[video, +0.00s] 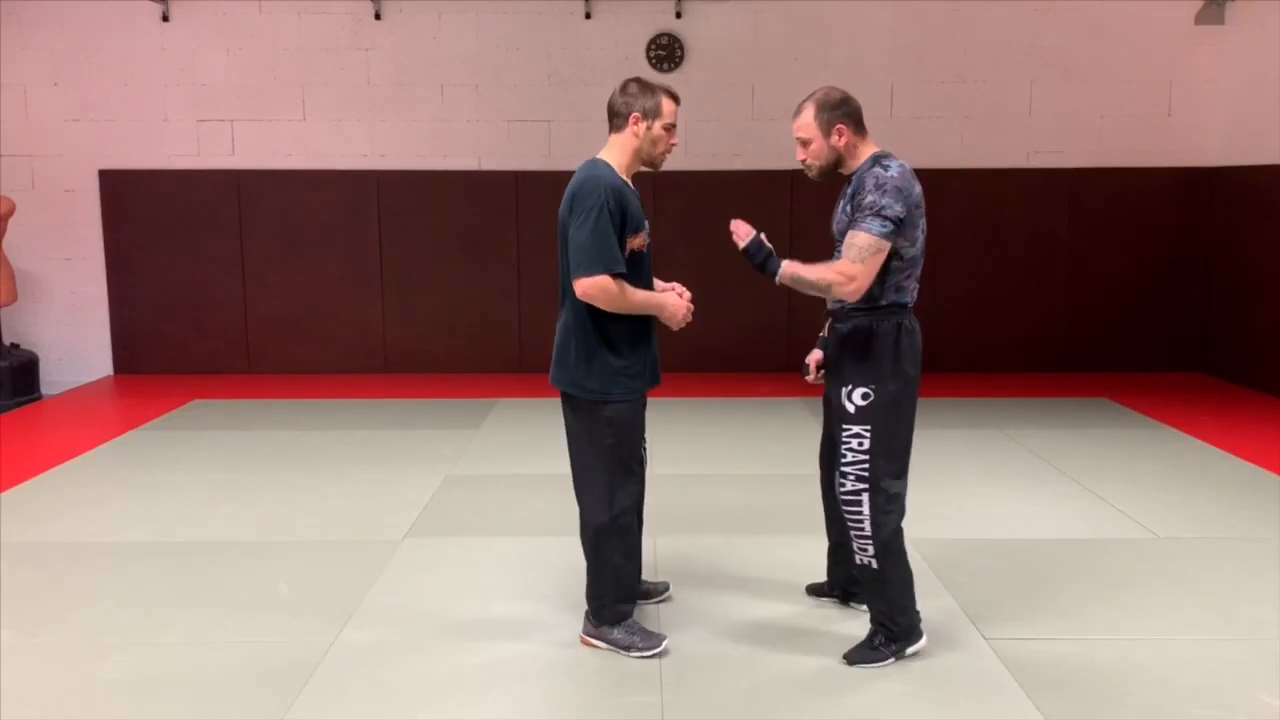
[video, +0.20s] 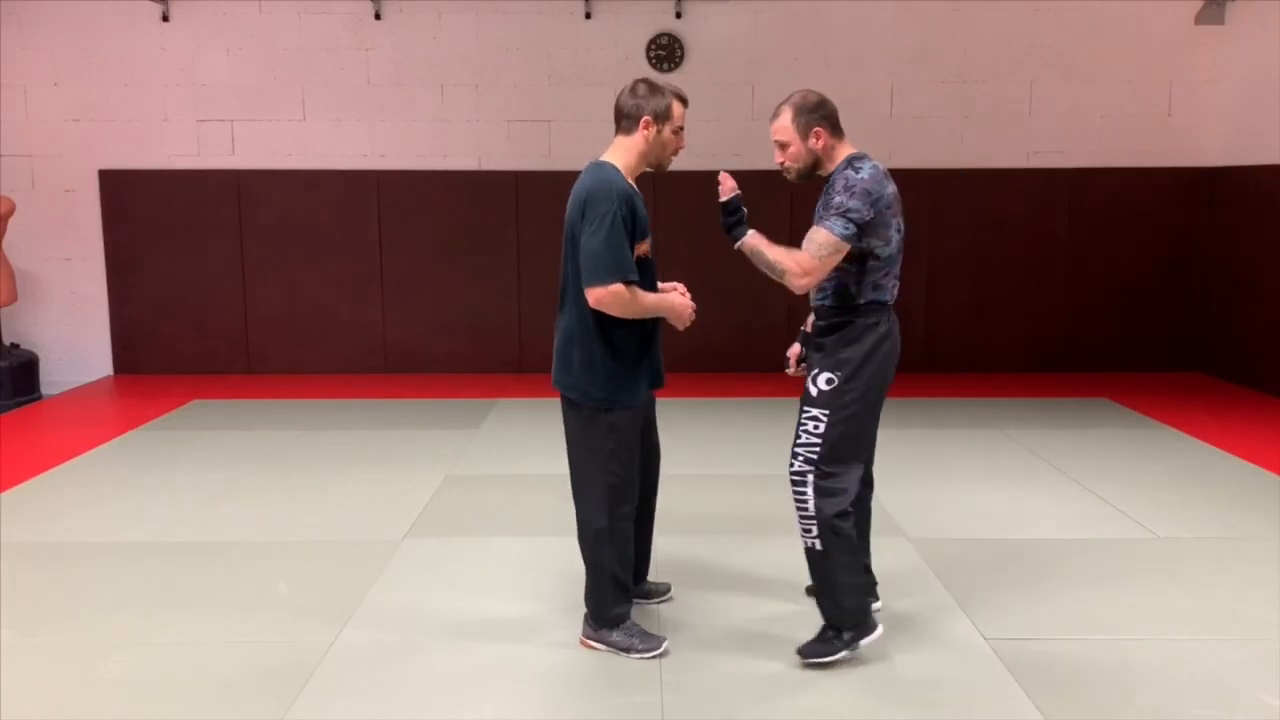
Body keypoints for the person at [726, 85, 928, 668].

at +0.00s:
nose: (798, 153)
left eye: (805, 141)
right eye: (797, 142)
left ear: (841, 135)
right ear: (840, 136)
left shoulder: (886, 183)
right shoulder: (859, 185)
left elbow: (852, 280)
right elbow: (852, 278)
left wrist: (773, 264)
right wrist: (828, 343)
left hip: (880, 346)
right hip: (854, 344)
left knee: (865, 486)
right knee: (840, 470)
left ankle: (898, 624)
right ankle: (849, 577)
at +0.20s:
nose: (777, 156)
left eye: (784, 144)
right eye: (775, 145)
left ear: (819, 137)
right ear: (819, 138)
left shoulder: (855, 185)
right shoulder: (851, 178)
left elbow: (803, 272)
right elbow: (842, 277)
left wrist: (742, 233)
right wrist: (810, 336)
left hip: (854, 341)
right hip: (853, 338)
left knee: (812, 473)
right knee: (844, 471)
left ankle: (847, 620)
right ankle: (854, 590)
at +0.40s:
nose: (753, 157)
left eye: (758, 145)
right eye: (752, 146)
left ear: (794, 140)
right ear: (800, 140)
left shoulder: (818, 190)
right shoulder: (849, 177)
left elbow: (733, 265)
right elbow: (837, 272)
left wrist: (657, 242)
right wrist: (802, 329)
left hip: (832, 343)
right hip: (856, 337)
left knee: (808, 483)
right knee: (847, 470)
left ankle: (793, 633)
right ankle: (851, 578)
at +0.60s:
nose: (744, 151)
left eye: (748, 139)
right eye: (742, 140)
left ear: (781, 134)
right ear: (794, 133)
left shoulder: (806, 189)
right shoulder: (844, 175)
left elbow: (713, 261)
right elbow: (733, 248)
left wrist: (639, 238)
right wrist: (650, 243)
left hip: (816, 343)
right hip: (845, 339)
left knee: (794, 486)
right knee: (829, 471)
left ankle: (796, 633)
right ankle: (846, 574)